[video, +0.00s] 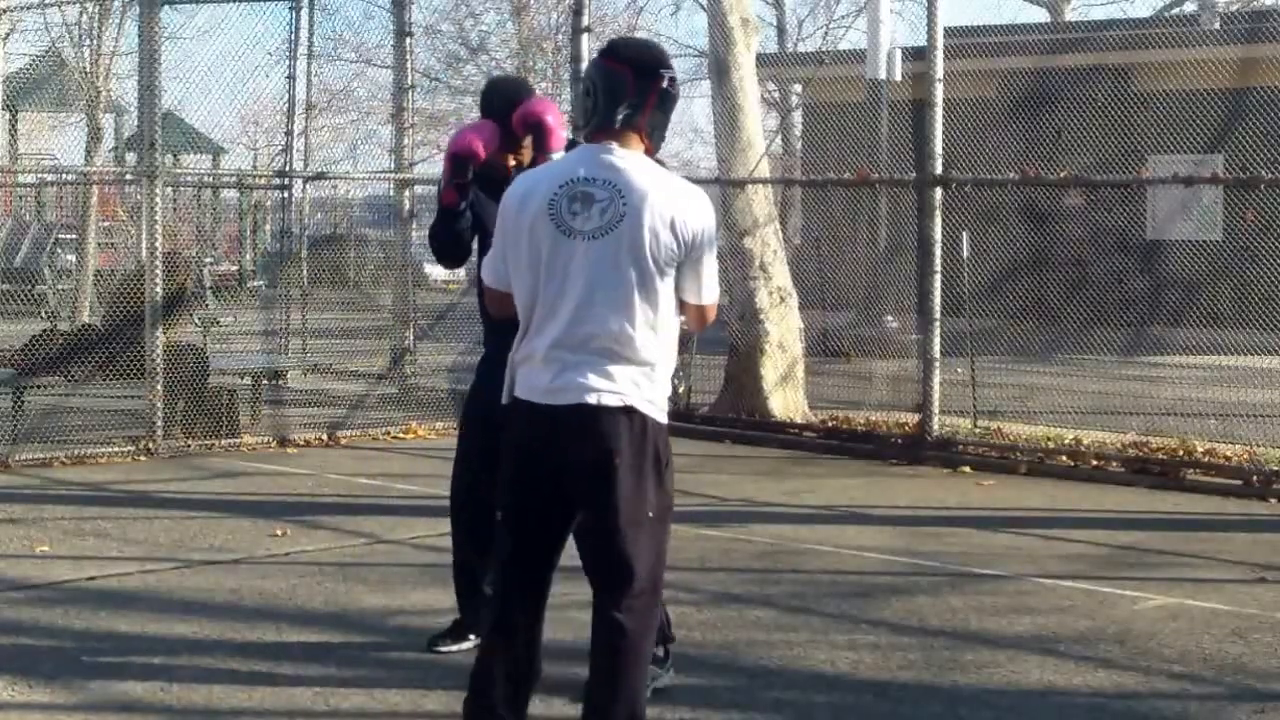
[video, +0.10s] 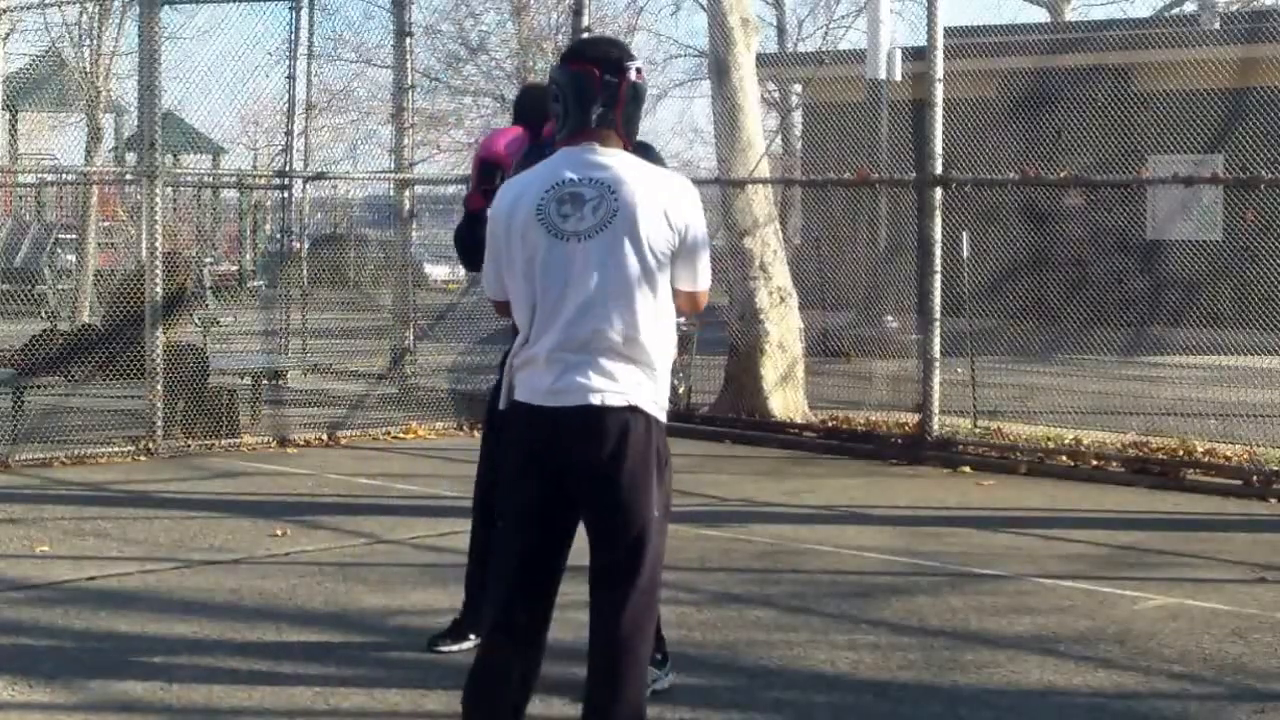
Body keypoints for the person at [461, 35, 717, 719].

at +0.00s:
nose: (670, 113)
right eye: (668, 103)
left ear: (587, 102)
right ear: (658, 108)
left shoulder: (527, 188)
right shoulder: (682, 201)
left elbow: (499, 301)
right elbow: (700, 314)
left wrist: (576, 301)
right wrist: (632, 305)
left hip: (531, 416)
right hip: (624, 422)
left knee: (515, 591)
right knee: (627, 599)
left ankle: (493, 712)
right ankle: (615, 713)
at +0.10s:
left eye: (558, 97)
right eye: (634, 101)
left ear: (560, 105)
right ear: (633, 107)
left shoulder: (513, 193)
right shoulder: (670, 190)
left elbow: (505, 305)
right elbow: (692, 298)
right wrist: (616, 286)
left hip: (532, 421)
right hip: (626, 425)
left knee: (515, 601)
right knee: (625, 603)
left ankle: (490, 709)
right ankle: (615, 710)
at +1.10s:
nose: (651, 135)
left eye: (651, 121)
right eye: (646, 121)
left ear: (584, 111)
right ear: (621, 121)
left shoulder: (532, 168)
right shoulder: (613, 210)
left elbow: (492, 212)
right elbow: (658, 323)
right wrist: (657, 230)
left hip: (511, 400)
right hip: (570, 412)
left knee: (532, 576)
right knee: (569, 588)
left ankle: (525, 706)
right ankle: (548, 708)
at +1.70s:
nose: (668, 194)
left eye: (672, 183)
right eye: (667, 182)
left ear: (606, 166)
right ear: (644, 177)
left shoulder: (547, 220)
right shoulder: (621, 226)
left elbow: (505, 294)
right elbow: (710, 281)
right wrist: (705, 213)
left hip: (509, 430)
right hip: (557, 440)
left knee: (605, 548)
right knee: (612, 602)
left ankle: (595, 685)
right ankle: (557, 711)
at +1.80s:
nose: (695, 217)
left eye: (698, 208)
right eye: (693, 207)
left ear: (627, 199)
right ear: (670, 209)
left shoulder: (575, 248)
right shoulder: (644, 260)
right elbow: (734, 308)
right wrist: (732, 237)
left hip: (502, 446)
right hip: (546, 459)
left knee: (602, 549)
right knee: (607, 609)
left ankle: (605, 673)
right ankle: (560, 709)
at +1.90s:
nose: (725, 299)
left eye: (732, 285)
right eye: (720, 279)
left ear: (675, 262)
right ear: (685, 265)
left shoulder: (639, 295)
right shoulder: (639, 309)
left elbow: (688, 412)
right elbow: (698, 419)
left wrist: (733, 360)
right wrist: (741, 358)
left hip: (544, 451)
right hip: (513, 458)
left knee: (623, 539)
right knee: (583, 599)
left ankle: (614, 680)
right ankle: (534, 712)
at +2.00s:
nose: (715, 368)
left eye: (726, 358)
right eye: (719, 354)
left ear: (689, 311)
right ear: (695, 328)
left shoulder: (641, 325)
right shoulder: (625, 361)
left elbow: (632, 436)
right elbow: (608, 477)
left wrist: (684, 421)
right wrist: (683, 437)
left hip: (534, 467)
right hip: (492, 471)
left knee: (629, 535)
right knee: (568, 598)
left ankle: (616, 680)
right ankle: (476, 708)